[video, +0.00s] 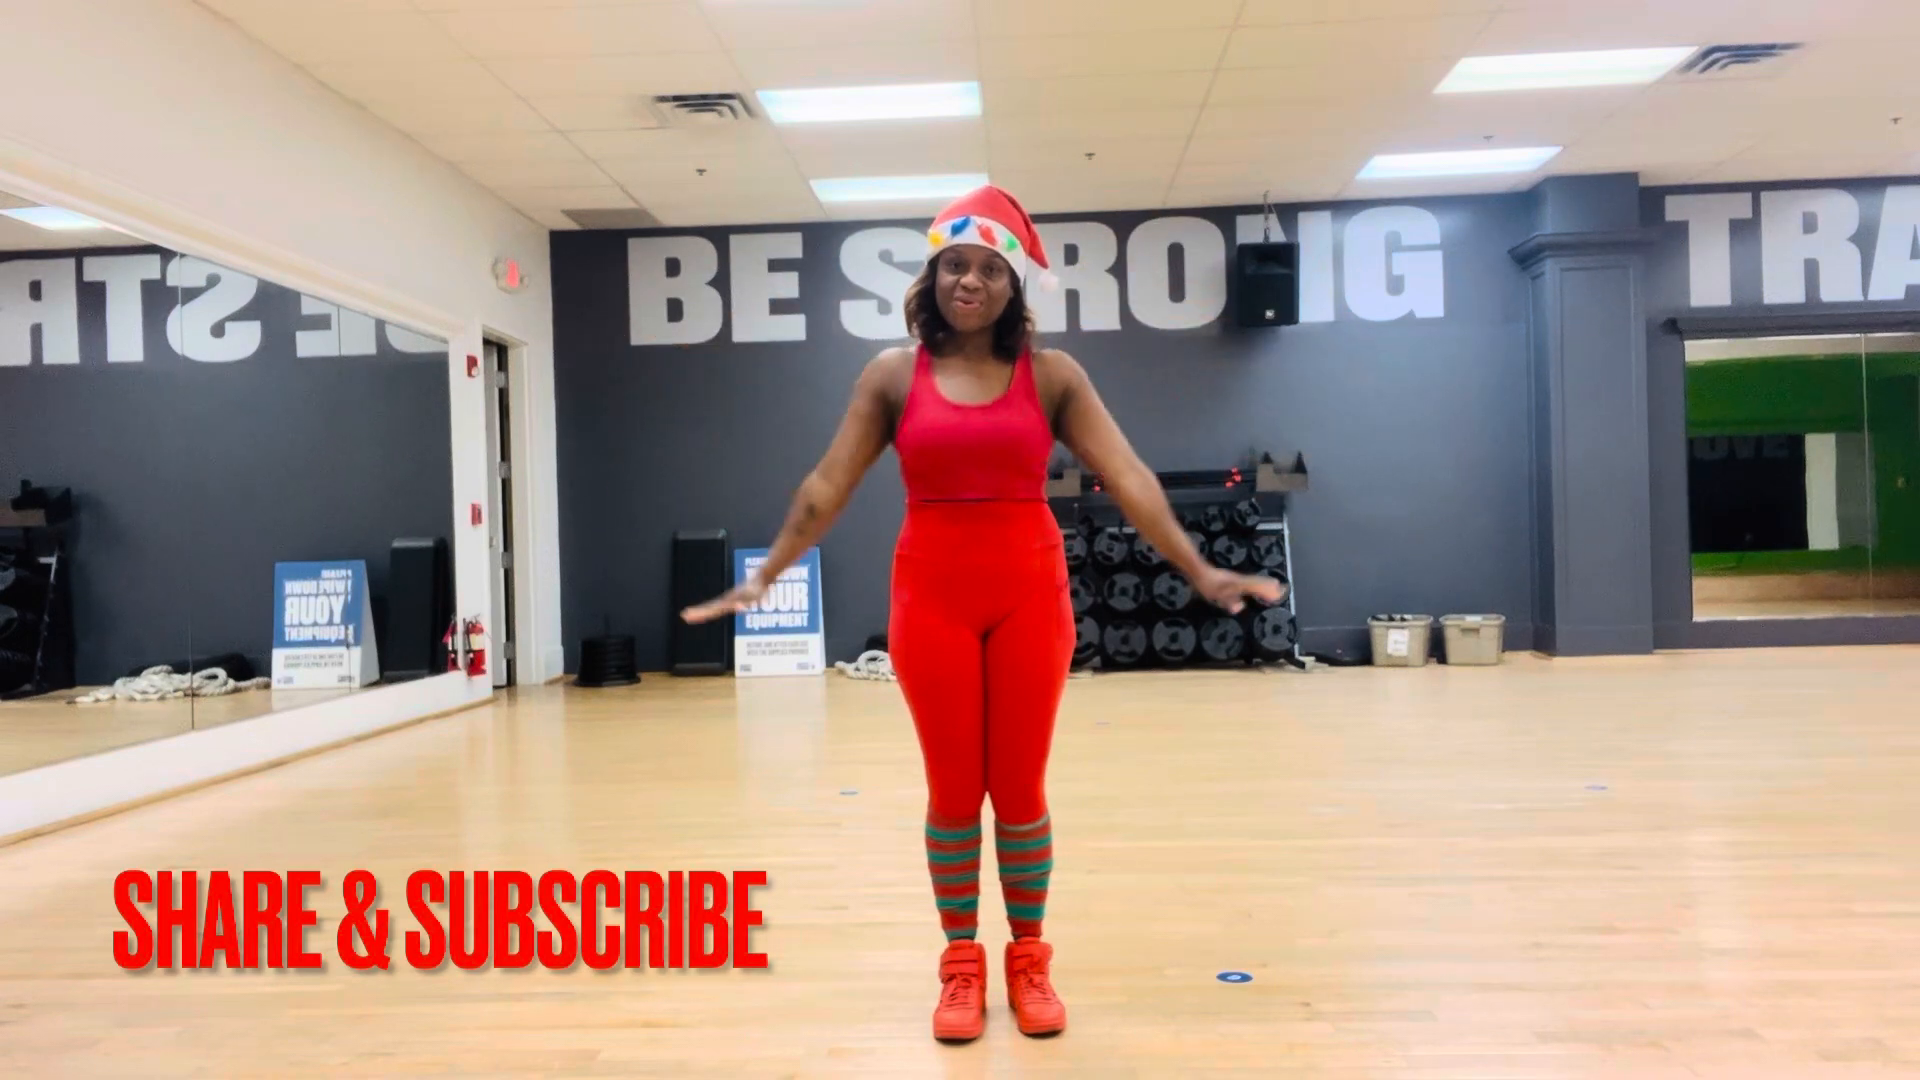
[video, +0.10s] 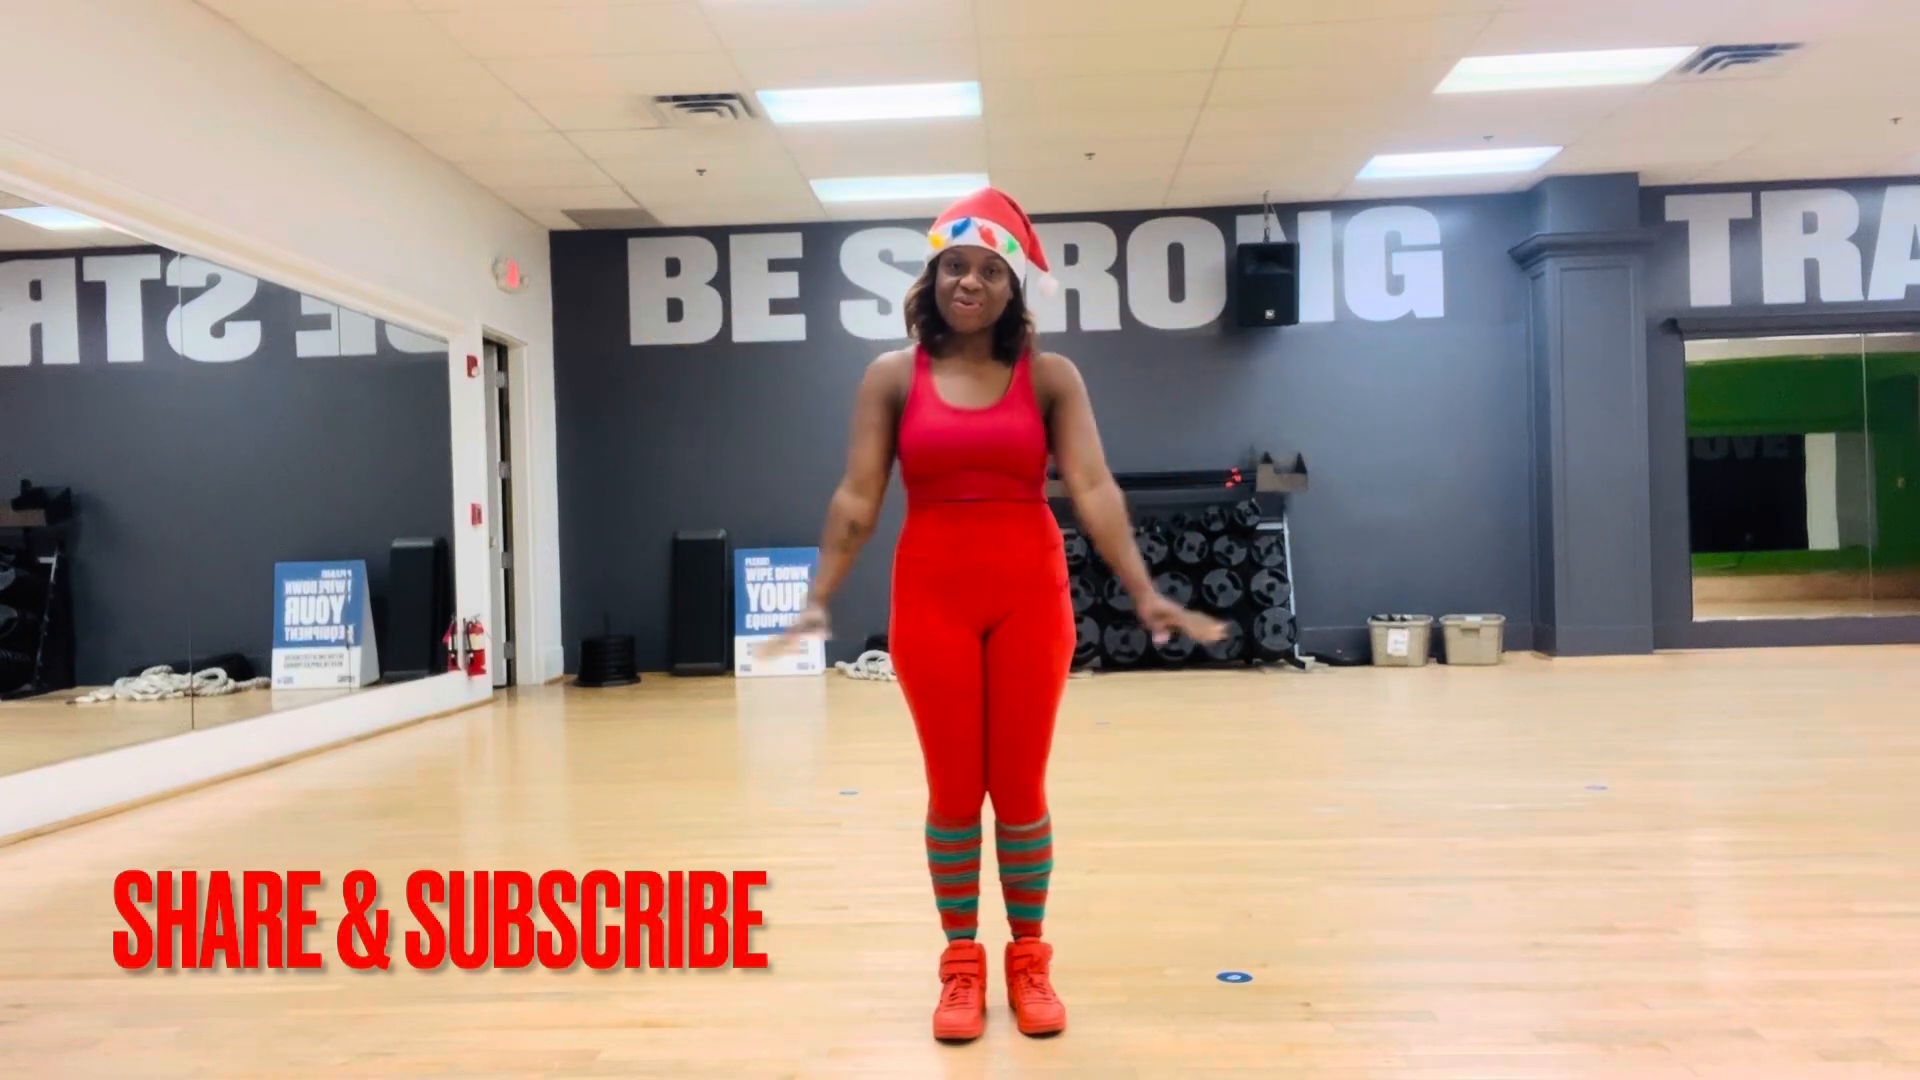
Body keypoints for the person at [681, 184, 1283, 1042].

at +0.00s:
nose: (966, 283)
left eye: (985, 270)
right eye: (953, 266)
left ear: (1012, 285)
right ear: (932, 277)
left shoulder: (1050, 373)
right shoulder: (894, 374)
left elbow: (1126, 475)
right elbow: (827, 485)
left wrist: (1202, 569)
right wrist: (764, 576)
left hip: (1030, 590)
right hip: (931, 592)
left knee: (1019, 785)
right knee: (954, 786)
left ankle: (1030, 963)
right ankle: (962, 965)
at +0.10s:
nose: (969, 282)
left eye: (988, 270)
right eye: (955, 265)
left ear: (1012, 285)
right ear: (932, 277)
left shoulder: (1049, 375)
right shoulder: (894, 377)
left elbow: (1093, 483)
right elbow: (856, 498)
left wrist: (1143, 592)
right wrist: (818, 598)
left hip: (1031, 592)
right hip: (931, 593)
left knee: (1019, 785)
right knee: (955, 786)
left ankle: (1029, 964)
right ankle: (961, 965)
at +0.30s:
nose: (964, 284)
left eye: (983, 272)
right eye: (950, 268)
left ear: (1008, 288)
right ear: (929, 281)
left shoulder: (1045, 371)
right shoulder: (892, 374)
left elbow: (1064, 478)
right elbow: (884, 485)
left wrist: (988, 544)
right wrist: (928, 557)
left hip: (1033, 592)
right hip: (933, 594)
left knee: (1021, 782)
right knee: (955, 783)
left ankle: (1030, 966)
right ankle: (962, 968)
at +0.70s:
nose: (952, 266)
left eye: (959, 253)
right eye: (930, 263)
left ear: (983, 271)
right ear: (908, 296)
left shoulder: (1040, 359)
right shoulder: (889, 390)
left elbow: (1082, 468)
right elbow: (864, 509)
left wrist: (982, 429)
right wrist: (926, 570)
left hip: (1033, 593)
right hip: (934, 601)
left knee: (1021, 784)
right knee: (954, 788)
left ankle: (1031, 967)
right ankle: (962, 971)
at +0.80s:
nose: (949, 268)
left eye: (957, 255)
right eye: (928, 264)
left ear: (981, 273)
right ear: (906, 296)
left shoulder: (1037, 360)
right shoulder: (885, 391)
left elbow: (1088, 470)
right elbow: (853, 507)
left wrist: (997, 452)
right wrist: (904, 557)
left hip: (1033, 595)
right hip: (933, 602)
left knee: (1028, 787)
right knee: (954, 790)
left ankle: (1034, 968)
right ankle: (962, 971)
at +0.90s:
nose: (956, 265)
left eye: (969, 254)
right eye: (937, 257)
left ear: (991, 274)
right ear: (914, 284)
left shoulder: (1038, 367)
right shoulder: (878, 376)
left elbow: (1092, 478)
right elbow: (839, 485)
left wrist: (1029, 500)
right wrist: (897, 518)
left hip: (1032, 598)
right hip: (931, 604)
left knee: (1032, 787)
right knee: (953, 791)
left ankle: (1039, 963)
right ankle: (960, 968)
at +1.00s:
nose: (966, 273)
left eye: (981, 262)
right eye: (949, 262)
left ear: (1003, 284)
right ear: (924, 284)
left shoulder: (1040, 388)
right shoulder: (878, 371)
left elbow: (1092, 490)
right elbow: (821, 471)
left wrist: (1060, 532)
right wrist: (880, 483)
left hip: (1031, 600)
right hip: (930, 609)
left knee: (1035, 790)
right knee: (952, 797)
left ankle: (1047, 959)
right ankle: (960, 968)